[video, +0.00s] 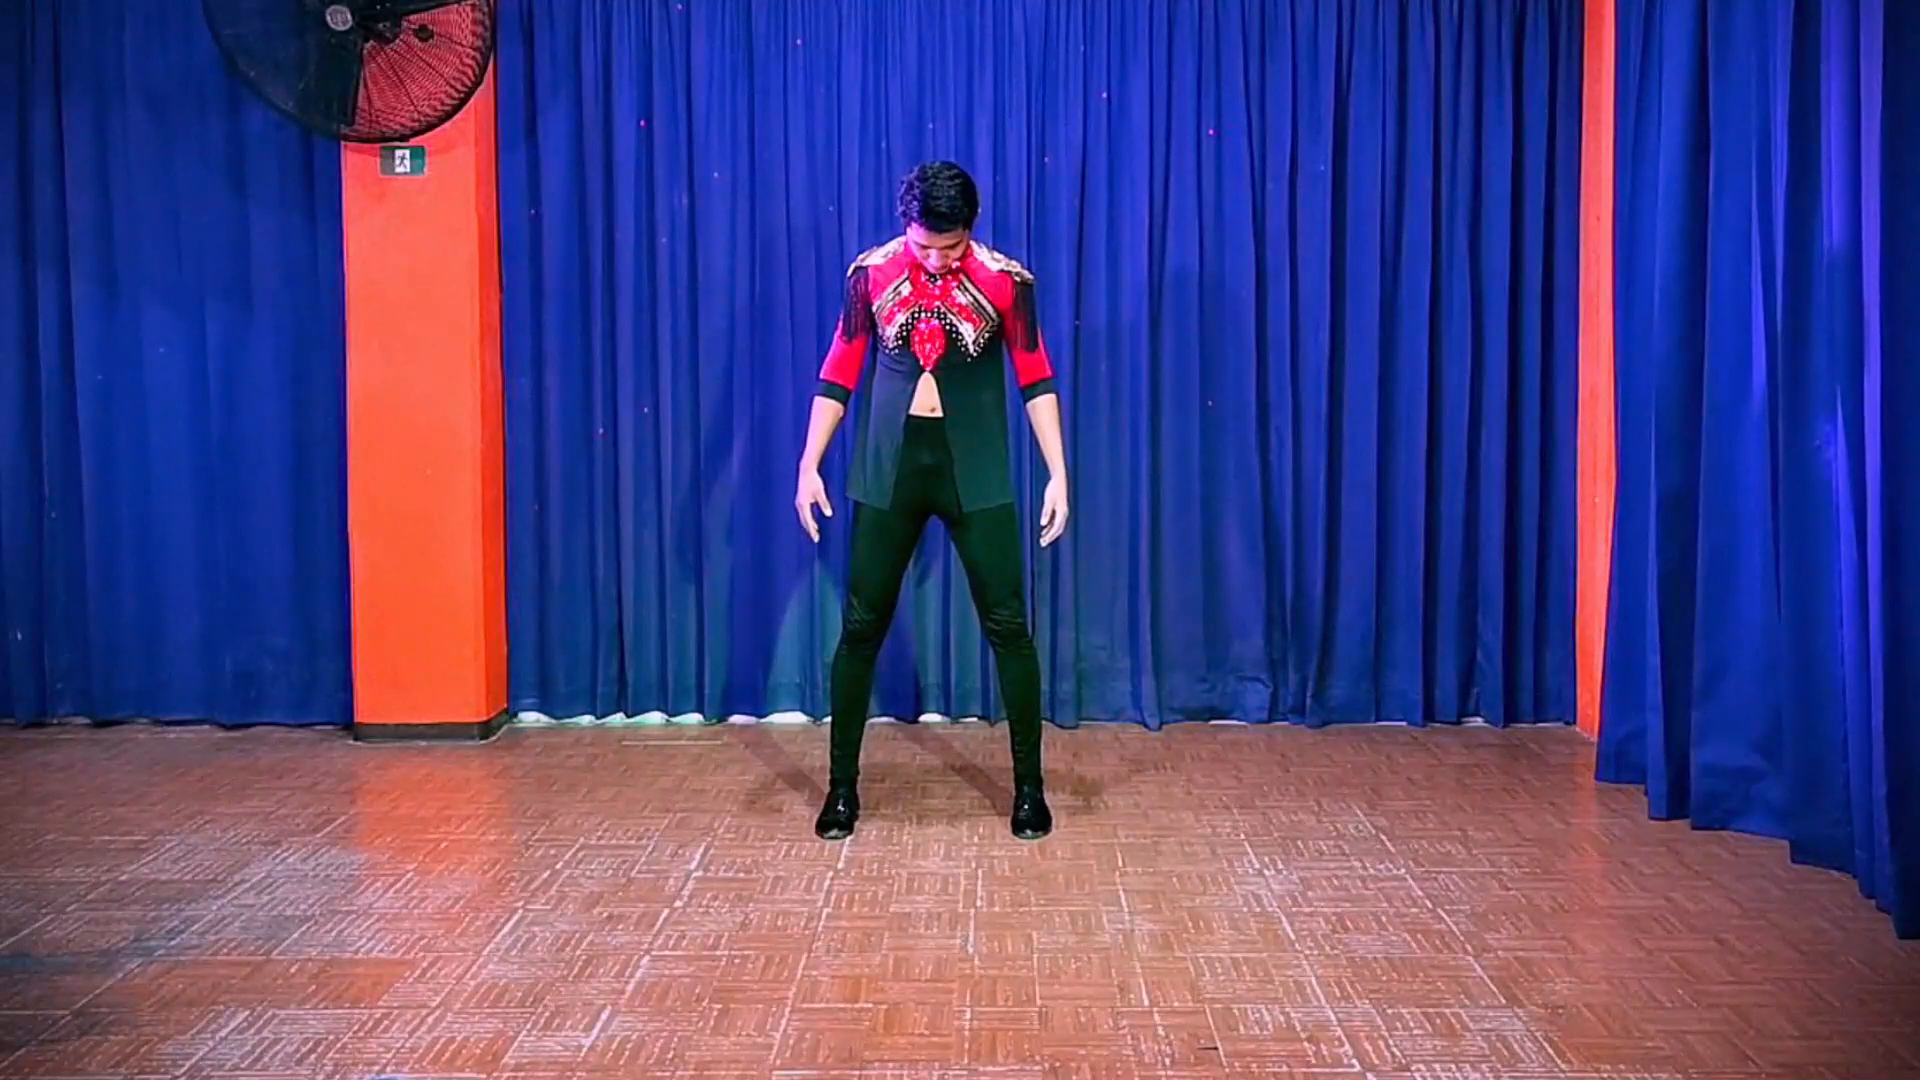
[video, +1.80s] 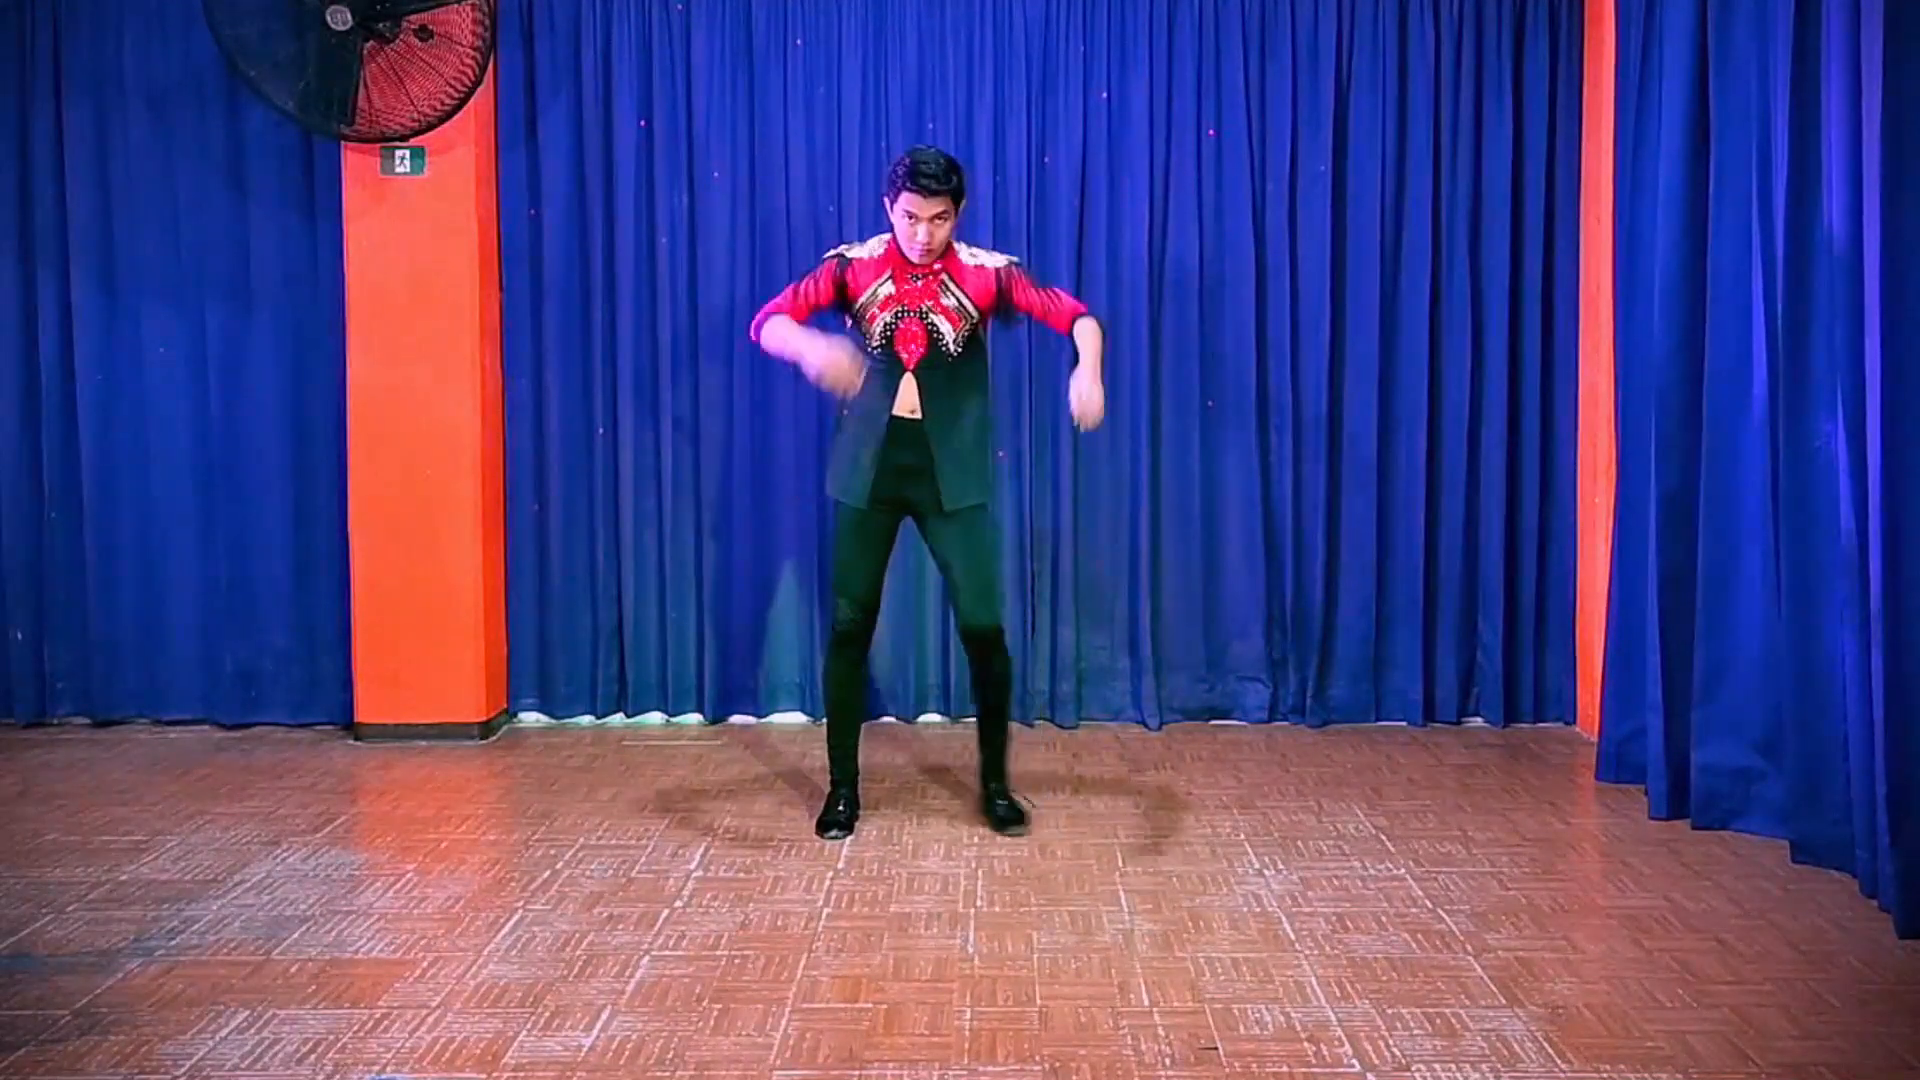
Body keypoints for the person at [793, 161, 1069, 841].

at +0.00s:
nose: (942, 257)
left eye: (955, 245)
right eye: (930, 245)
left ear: (973, 227)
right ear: (908, 226)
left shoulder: (1005, 280)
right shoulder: (872, 275)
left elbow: (1035, 379)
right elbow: (840, 373)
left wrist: (1058, 473)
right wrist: (809, 465)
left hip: (978, 468)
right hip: (889, 466)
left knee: (1007, 624)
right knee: (862, 626)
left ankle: (1028, 785)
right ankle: (842, 786)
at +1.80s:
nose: (922, 233)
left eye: (937, 220)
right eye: (910, 218)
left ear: (956, 215)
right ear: (891, 209)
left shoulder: (986, 274)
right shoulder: (852, 267)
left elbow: (1081, 319)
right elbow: (768, 321)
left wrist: (1088, 372)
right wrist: (813, 349)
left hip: (955, 477)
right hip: (868, 476)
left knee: (984, 630)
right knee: (849, 627)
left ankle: (997, 786)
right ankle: (843, 790)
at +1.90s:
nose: (918, 230)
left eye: (932, 217)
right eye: (907, 215)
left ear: (953, 217)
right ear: (887, 215)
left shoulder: (978, 276)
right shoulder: (860, 275)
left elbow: (1031, 319)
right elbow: (855, 332)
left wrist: (1007, 235)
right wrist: (877, 231)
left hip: (949, 479)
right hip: (869, 475)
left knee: (940, 639)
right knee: (846, 629)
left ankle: (890, 784)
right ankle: (838, 782)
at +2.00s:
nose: (922, 216)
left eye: (932, 202)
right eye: (910, 204)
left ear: (953, 210)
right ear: (890, 214)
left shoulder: (989, 279)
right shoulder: (862, 280)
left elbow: (971, 322)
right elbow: (903, 335)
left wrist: (957, 226)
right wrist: (908, 242)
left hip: (953, 477)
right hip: (876, 473)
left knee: (939, 637)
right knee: (855, 623)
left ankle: (891, 785)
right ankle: (834, 783)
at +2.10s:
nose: (919, 226)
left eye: (933, 212)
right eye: (906, 212)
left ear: (952, 214)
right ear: (887, 213)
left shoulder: (979, 286)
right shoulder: (864, 287)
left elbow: (954, 378)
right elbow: (890, 378)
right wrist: (962, 304)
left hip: (957, 476)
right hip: (886, 473)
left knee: (941, 627)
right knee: (889, 614)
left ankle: (895, 780)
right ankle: (905, 772)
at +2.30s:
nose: (926, 231)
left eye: (940, 217)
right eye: (913, 217)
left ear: (958, 220)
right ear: (892, 219)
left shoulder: (992, 295)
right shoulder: (866, 305)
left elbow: (1042, 395)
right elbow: (842, 418)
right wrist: (837, 513)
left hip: (984, 480)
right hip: (913, 485)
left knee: (969, 640)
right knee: (973, 636)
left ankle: (891, 783)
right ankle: (1037, 777)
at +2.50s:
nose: (941, 237)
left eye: (953, 223)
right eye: (926, 225)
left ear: (970, 226)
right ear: (904, 229)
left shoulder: (990, 292)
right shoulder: (891, 305)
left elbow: (1067, 339)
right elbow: (832, 397)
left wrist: (1155, 372)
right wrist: (780, 481)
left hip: (987, 482)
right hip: (936, 487)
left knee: (974, 648)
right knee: (1025, 633)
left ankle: (873, 786)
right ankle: (1032, 783)